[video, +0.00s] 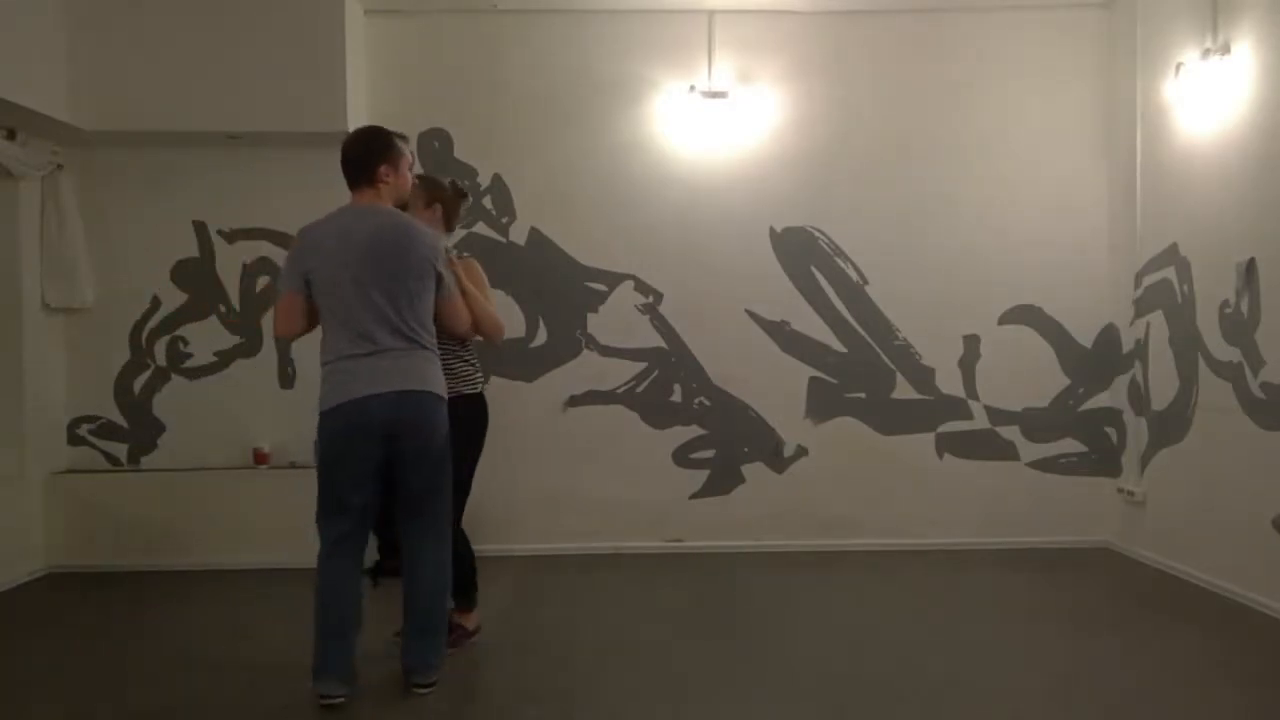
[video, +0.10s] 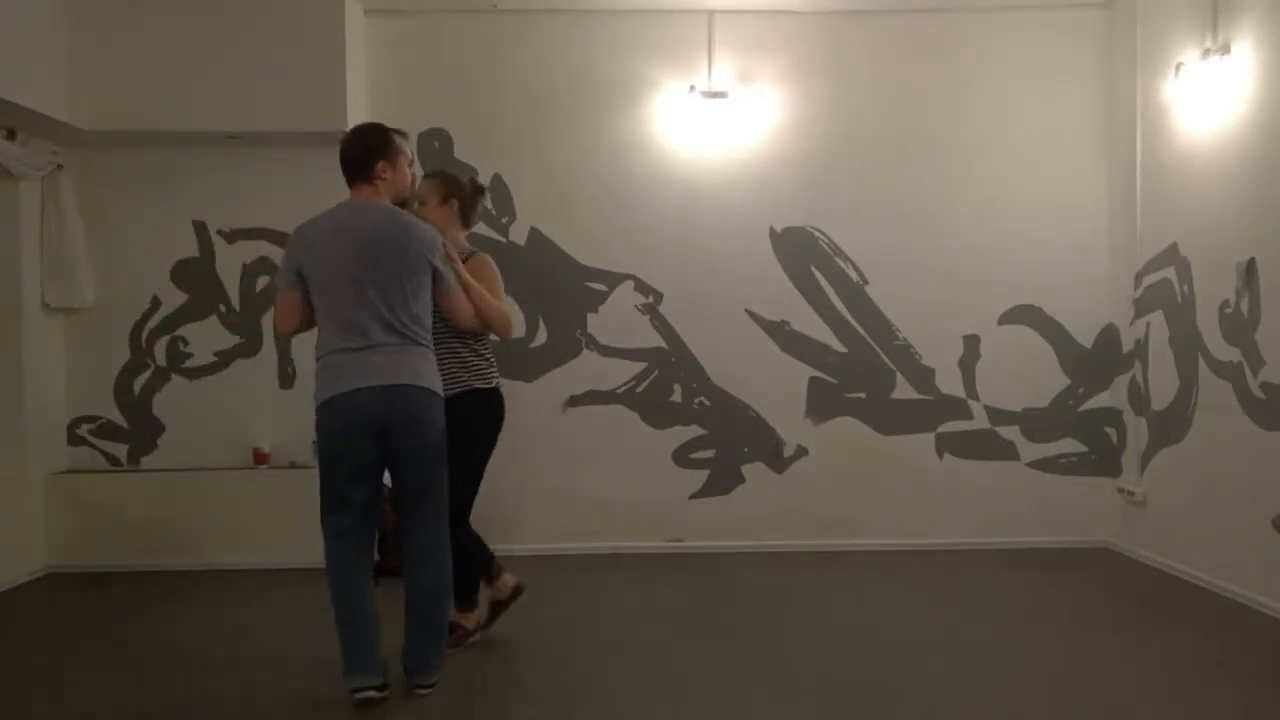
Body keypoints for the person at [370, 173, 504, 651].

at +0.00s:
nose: (406, 217)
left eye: (413, 209)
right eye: (407, 209)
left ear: (437, 213)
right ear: (426, 212)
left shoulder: (461, 265)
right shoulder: (400, 266)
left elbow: (494, 331)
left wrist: (456, 276)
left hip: (460, 401)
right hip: (417, 402)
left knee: (445, 514)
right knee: (417, 512)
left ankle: (464, 610)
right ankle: (425, 613)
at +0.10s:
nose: (415, 210)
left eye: (422, 202)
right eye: (416, 203)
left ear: (450, 207)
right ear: (442, 207)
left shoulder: (475, 261)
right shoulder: (420, 261)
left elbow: (503, 325)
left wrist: (458, 272)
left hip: (474, 396)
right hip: (435, 399)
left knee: (449, 510)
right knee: (441, 508)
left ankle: (463, 612)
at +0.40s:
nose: (455, 212)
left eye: (462, 204)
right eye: (456, 204)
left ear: (490, 209)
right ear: (479, 210)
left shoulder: (510, 261)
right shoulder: (471, 269)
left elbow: (524, 324)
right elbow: (452, 337)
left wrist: (464, 274)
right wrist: (409, 313)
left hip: (523, 401)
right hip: (503, 403)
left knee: (482, 509)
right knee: (506, 512)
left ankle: (524, 616)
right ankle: (557, 606)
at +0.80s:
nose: (466, 201)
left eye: (473, 194)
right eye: (469, 193)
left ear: (497, 200)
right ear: (504, 202)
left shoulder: (507, 247)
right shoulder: (504, 255)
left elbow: (499, 310)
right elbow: (500, 338)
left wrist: (450, 262)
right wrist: (441, 345)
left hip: (531, 397)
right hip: (525, 396)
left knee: (549, 517)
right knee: (481, 498)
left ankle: (575, 627)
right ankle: (481, 612)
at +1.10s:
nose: (447, 207)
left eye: (452, 199)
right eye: (449, 197)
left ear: (471, 204)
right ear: (492, 207)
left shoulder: (465, 257)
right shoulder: (512, 261)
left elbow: (436, 327)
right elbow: (516, 337)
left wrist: (414, 285)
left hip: (485, 399)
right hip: (521, 396)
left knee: (492, 518)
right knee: (490, 517)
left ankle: (557, 617)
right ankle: (475, 628)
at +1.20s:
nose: (429, 211)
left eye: (434, 202)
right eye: (430, 202)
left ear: (456, 205)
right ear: (478, 207)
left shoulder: (445, 262)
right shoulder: (509, 263)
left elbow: (414, 332)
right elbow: (525, 327)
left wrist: (397, 288)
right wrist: (552, 327)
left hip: (467, 399)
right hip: (514, 398)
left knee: (456, 511)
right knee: (486, 512)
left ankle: (526, 602)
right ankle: (475, 629)